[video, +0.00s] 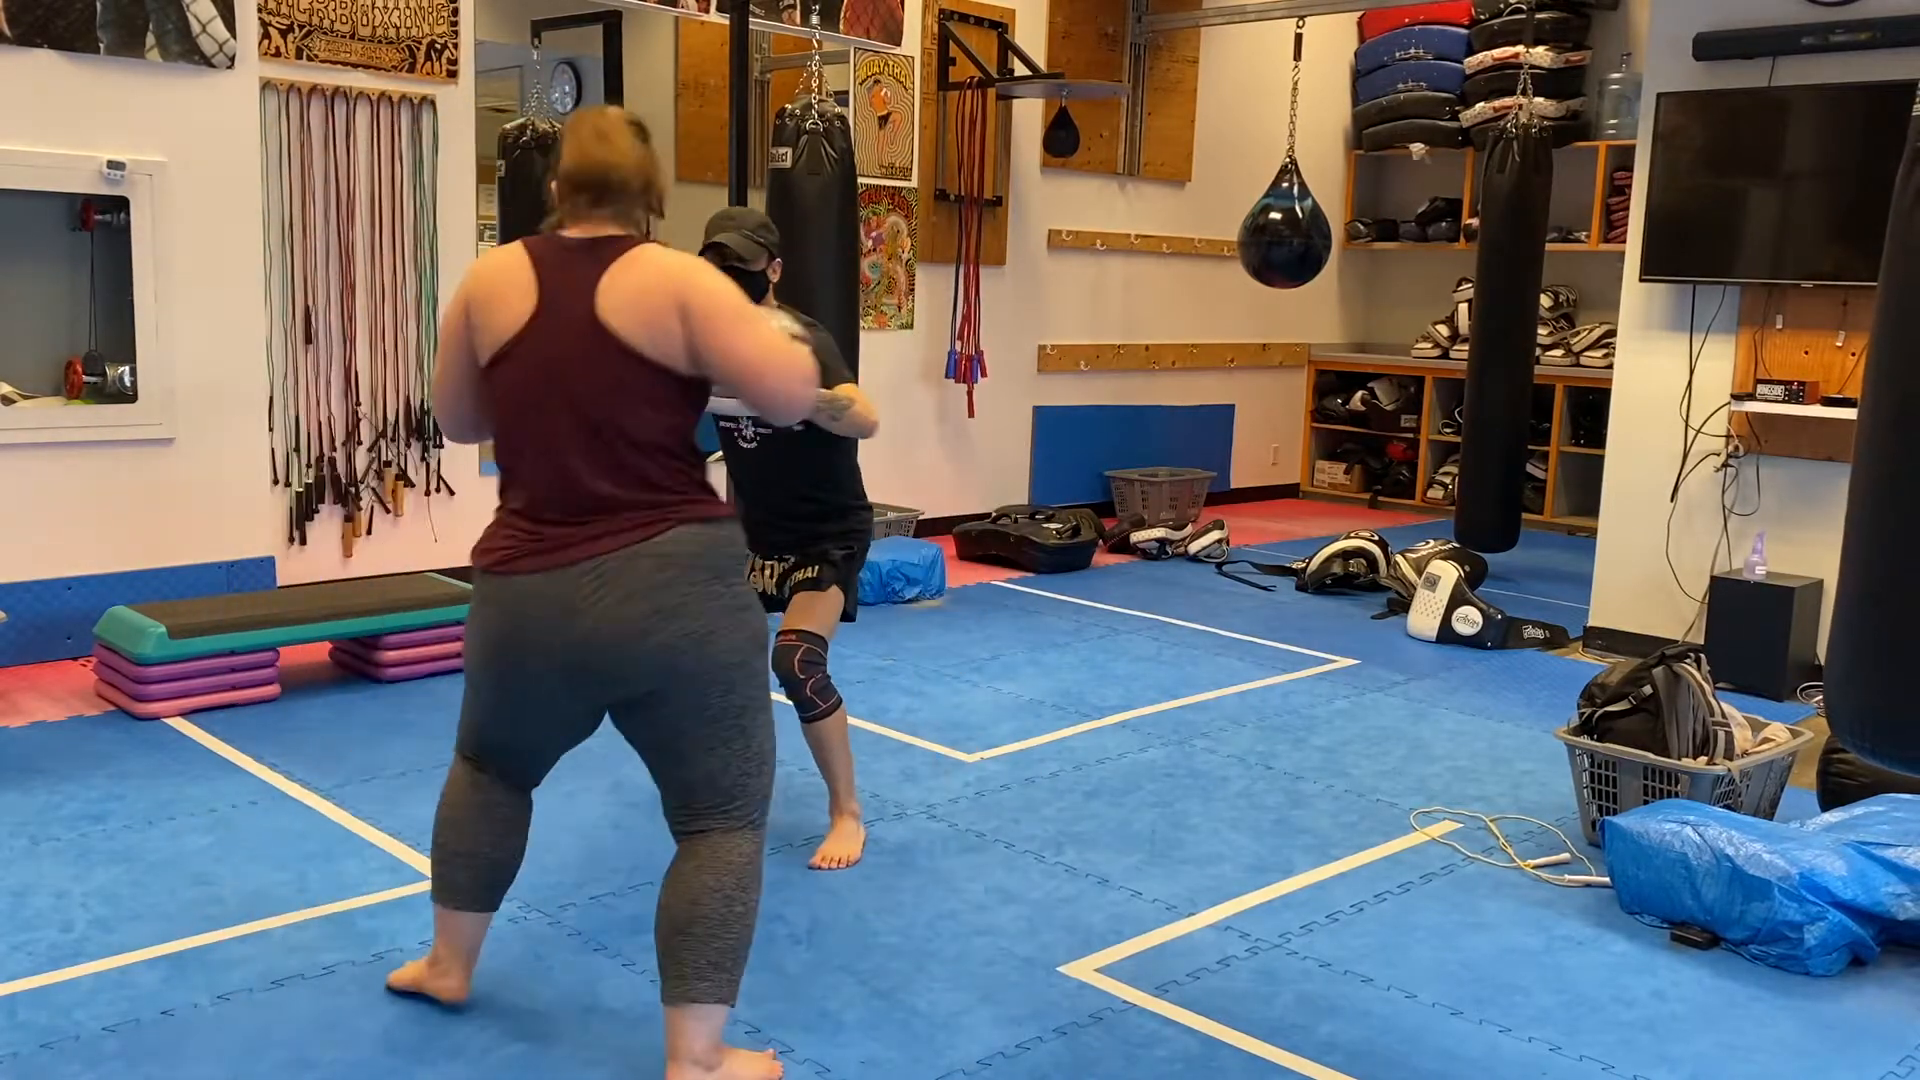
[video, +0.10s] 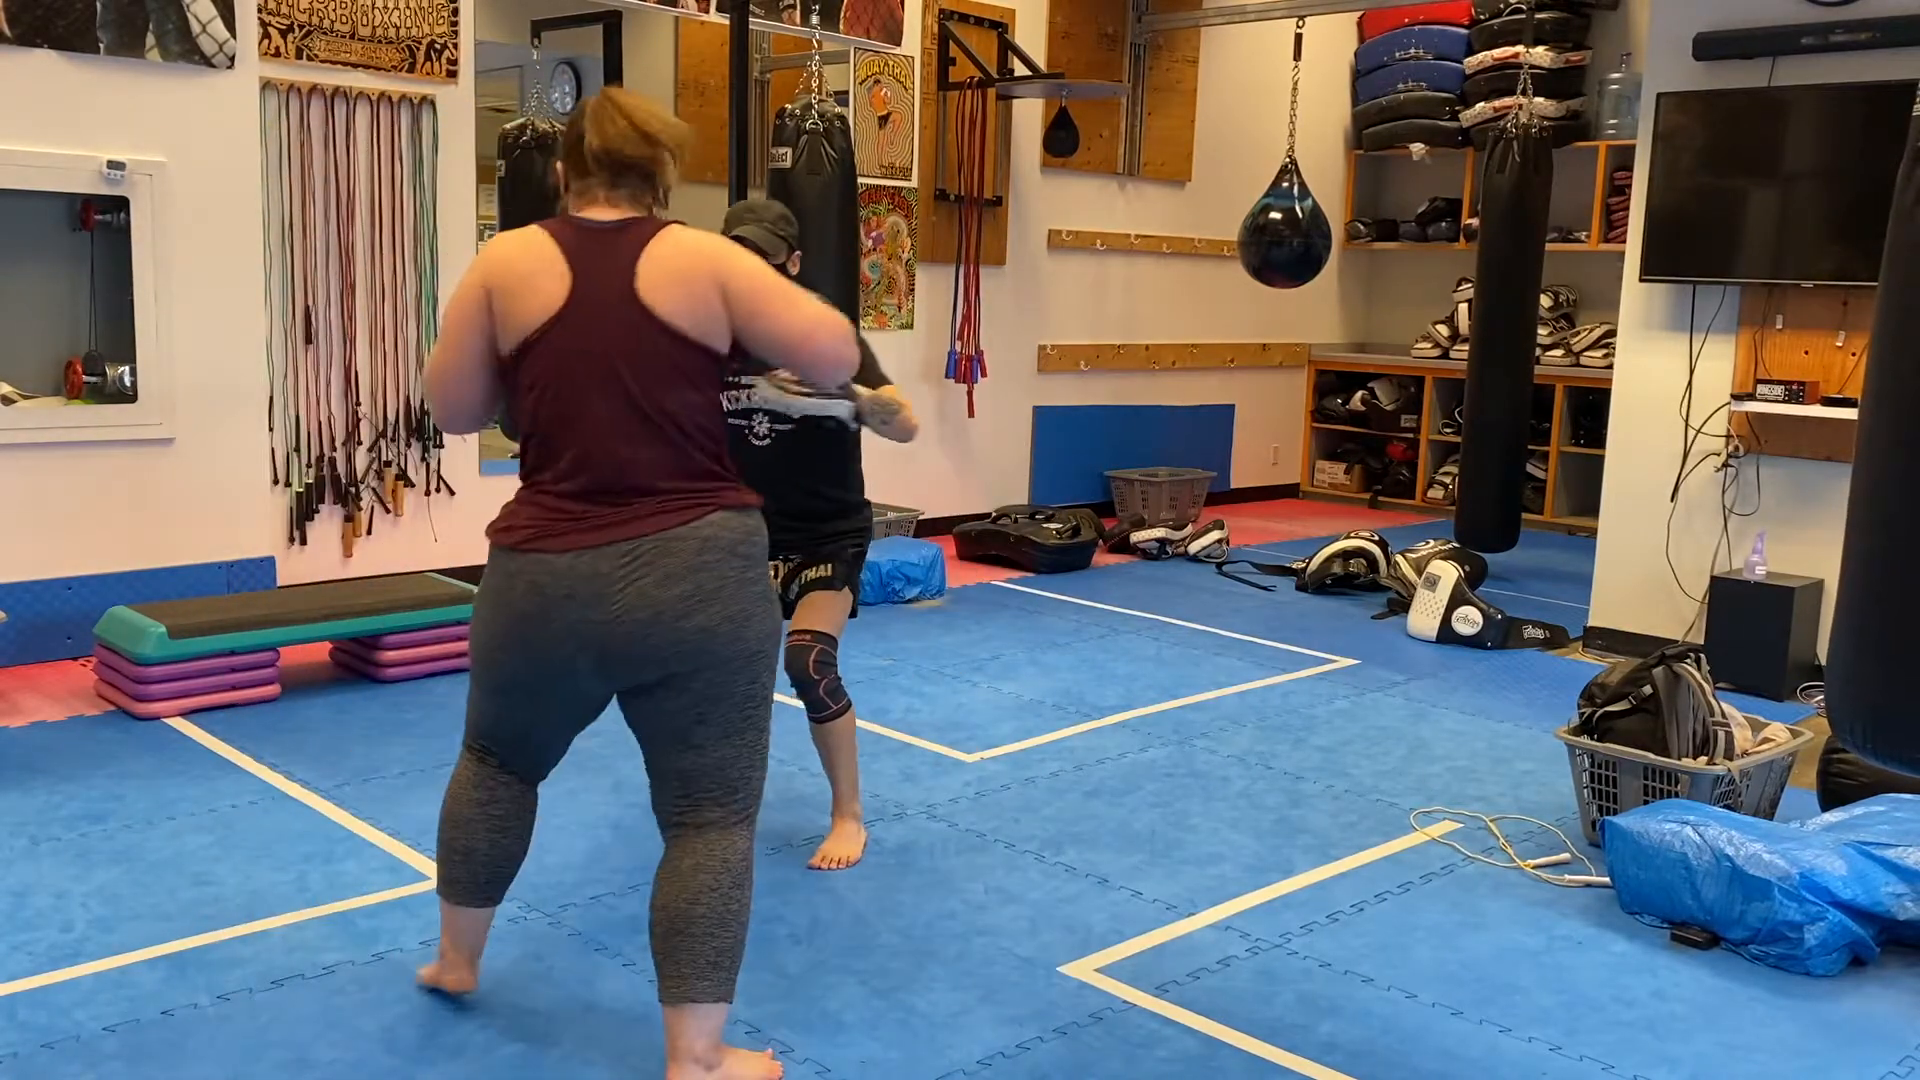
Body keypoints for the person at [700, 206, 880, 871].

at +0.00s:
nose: (720, 280)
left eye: (735, 268)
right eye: (713, 267)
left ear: (770, 271)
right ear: (700, 268)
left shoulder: (800, 337)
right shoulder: (704, 340)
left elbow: (866, 420)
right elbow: (686, 433)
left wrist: (804, 399)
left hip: (829, 525)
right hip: (754, 526)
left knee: (797, 658)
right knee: (711, 656)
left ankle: (846, 814)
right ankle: (716, 808)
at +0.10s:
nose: (744, 274)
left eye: (757, 260)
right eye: (736, 260)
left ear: (791, 260)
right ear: (723, 258)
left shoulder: (825, 331)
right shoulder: (713, 329)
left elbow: (903, 424)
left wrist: (838, 393)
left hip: (828, 524)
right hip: (743, 525)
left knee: (809, 659)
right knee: (721, 662)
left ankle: (847, 815)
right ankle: (714, 813)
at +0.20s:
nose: (768, 261)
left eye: (783, 249)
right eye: (759, 246)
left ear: (816, 254)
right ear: (746, 248)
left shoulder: (848, 329)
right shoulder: (730, 322)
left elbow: (925, 429)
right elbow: (688, 398)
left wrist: (884, 392)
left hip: (830, 519)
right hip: (747, 519)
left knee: (828, 660)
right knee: (724, 663)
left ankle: (852, 817)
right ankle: (706, 812)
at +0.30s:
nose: (791, 271)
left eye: (805, 259)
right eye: (780, 257)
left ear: (834, 260)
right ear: (766, 256)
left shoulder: (862, 337)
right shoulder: (747, 326)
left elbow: (925, 438)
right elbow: (693, 393)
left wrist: (894, 400)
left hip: (824, 520)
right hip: (742, 518)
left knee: (833, 662)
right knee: (717, 662)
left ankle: (855, 816)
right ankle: (702, 810)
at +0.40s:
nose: (788, 280)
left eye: (805, 270)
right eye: (780, 265)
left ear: (834, 268)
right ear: (765, 258)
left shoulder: (863, 341)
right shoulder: (739, 318)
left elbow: (913, 452)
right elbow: (684, 392)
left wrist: (878, 398)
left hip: (816, 519)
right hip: (733, 515)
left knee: (828, 663)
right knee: (706, 642)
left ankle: (854, 813)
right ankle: (683, 739)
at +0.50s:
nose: (761, 271)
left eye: (777, 261)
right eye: (754, 257)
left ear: (811, 264)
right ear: (740, 253)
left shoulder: (840, 339)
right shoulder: (720, 317)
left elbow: (889, 454)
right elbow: (675, 395)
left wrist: (843, 399)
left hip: (805, 518)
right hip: (718, 511)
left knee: (815, 666)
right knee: (656, 624)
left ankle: (851, 812)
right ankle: (635, 741)